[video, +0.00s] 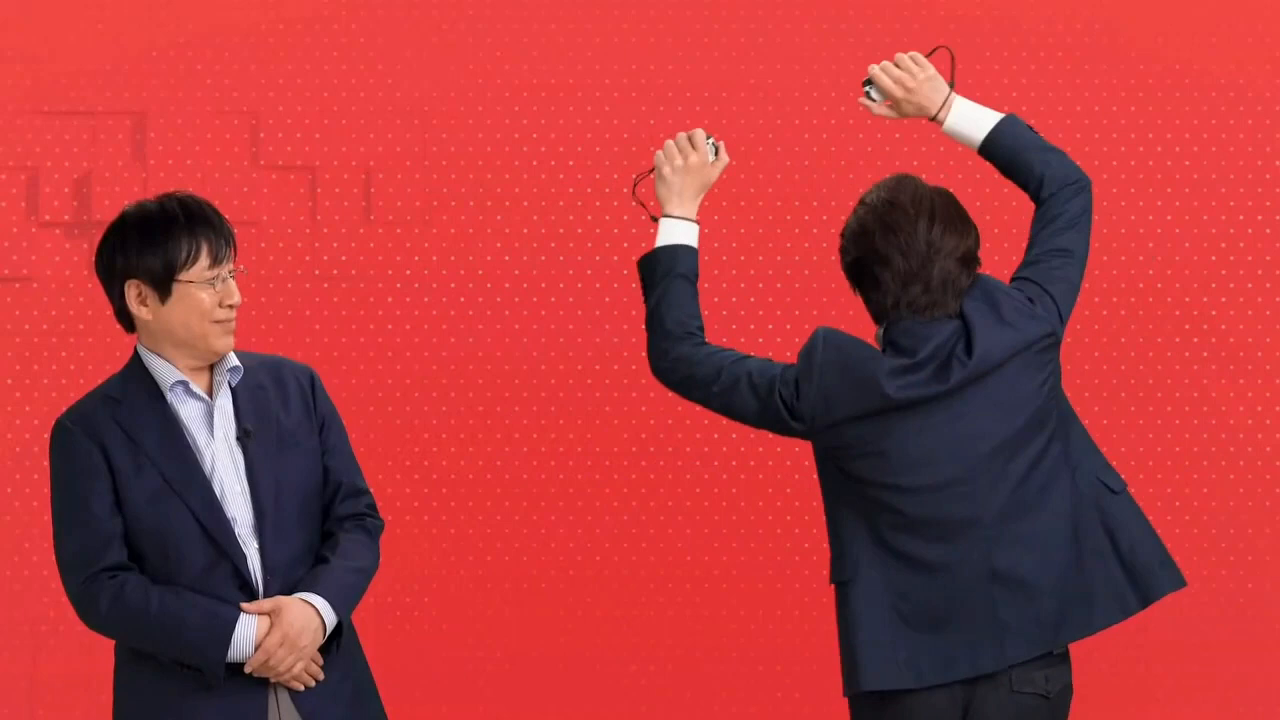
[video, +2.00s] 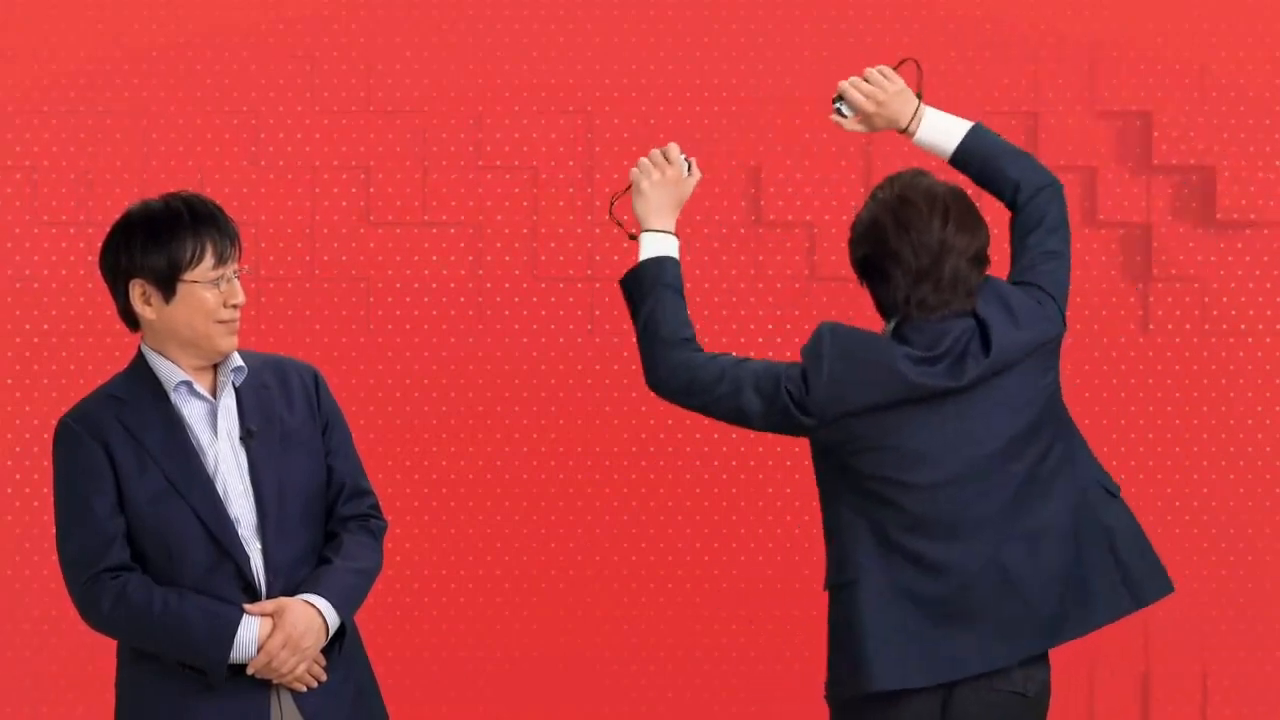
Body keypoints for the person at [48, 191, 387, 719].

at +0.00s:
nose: (233, 297)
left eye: (232, 277)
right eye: (210, 282)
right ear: (142, 300)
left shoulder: (296, 388)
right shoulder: (88, 433)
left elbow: (358, 522)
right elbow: (100, 590)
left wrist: (317, 611)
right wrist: (249, 638)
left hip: (331, 699)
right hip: (189, 706)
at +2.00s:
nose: (237, 298)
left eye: (235, 278)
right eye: (214, 282)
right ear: (146, 300)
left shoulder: (301, 389)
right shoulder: (92, 432)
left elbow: (361, 523)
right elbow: (103, 590)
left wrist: (320, 612)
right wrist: (251, 639)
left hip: (334, 700)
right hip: (192, 708)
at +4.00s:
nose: (238, 298)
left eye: (236, 278)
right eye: (214, 282)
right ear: (147, 300)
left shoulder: (302, 390)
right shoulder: (93, 433)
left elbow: (361, 525)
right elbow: (103, 591)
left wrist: (320, 612)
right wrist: (251, 639)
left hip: (333, 700)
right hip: (192, 708)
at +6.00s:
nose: (237, 297)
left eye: (235, 277)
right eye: (213, 282)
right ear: (146, 300)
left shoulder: (300, 389)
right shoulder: (91, 433)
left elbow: (360, 524)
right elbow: (102, 589)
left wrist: (319, 612)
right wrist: (250, 639)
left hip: (333, 699)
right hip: (191, 707)